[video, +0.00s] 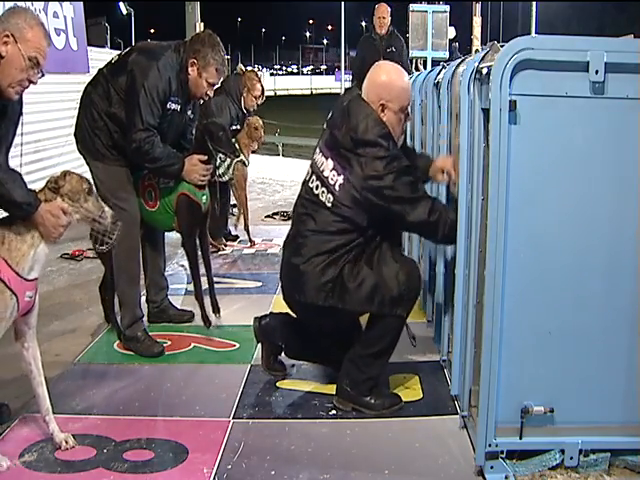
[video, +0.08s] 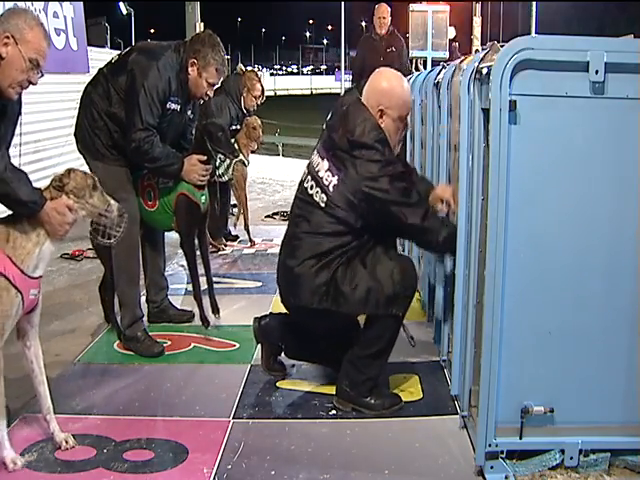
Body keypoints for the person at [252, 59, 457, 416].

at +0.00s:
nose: (407, 119)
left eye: (407, 111)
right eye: (403, 112)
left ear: (374, 105)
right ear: (382, 110)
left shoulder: (349, 124)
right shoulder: (378, 164)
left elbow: (391, 154)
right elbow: (438, 221)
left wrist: (429, 166)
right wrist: (489, 225)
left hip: (302, 267)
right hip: (324, 278)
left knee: (349, 351)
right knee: (404, 279)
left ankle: (276, 330)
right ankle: (358, 387)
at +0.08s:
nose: (405, 128)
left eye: (406, 120)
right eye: (402, 120)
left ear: (373, 109)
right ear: (380, 115)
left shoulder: (347, 128)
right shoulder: (375, 168)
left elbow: (392, 168)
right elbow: (428, 227)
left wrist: (429, 190)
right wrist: (473, 242)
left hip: (299, 270)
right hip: (320, 280)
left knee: (348, 351)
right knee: (400, 277)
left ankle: (275, 330)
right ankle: (358, 388)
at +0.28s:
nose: (399, 137)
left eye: (401, 129)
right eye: (395, 129)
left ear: (374, 116)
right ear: (374, 120)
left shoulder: (349, 135)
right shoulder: (355, 159)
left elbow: (395, 192)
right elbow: (391, 225)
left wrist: (430, 239)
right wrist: (423, 267)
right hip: (309, 281)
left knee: (358, 352)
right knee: (390, 274)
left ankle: (277, 332)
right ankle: (358, 388)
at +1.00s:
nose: (402, 84)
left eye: (404, 75)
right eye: (403, 74)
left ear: (376, 59)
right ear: (390, 66)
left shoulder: (344, 86)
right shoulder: (353, 98)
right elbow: (361, 193)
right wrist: (393, 236)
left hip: (297, 230)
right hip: (305, 234)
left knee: (349, 314)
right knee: (391, 271)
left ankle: (271, 336)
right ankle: (357, 387)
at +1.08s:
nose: (397, 58)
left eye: (400, 49)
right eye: (399, 48)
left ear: (367, 29)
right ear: (390, 39)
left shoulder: (330, 66)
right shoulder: (356, 78)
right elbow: (373, 169)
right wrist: (397, 230)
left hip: (290, 208)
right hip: (311, 211)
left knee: (349, 288)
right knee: (390, 272)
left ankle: (272, 339)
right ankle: (358, 386)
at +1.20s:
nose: (391, 19)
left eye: (392, 11)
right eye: (391, 10)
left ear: (352, 3)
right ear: (377, 5)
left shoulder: (313, 31)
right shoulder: (367, 46)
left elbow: (294, 114)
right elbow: (383, 138)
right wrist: (401, 211)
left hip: (285, 187)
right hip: (327, 191)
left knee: (334, 265)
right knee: (387, 265)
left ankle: (281, 362)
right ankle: (358, 385)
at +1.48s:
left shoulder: (257, 8)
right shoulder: (352, 5)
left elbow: (236, 81)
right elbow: (372, 72)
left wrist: (253, 146)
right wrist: (390, 144)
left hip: (267, 151)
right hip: (329, 149)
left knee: (291, 260)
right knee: (360, 258)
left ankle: (283, 385)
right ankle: (355, 385)